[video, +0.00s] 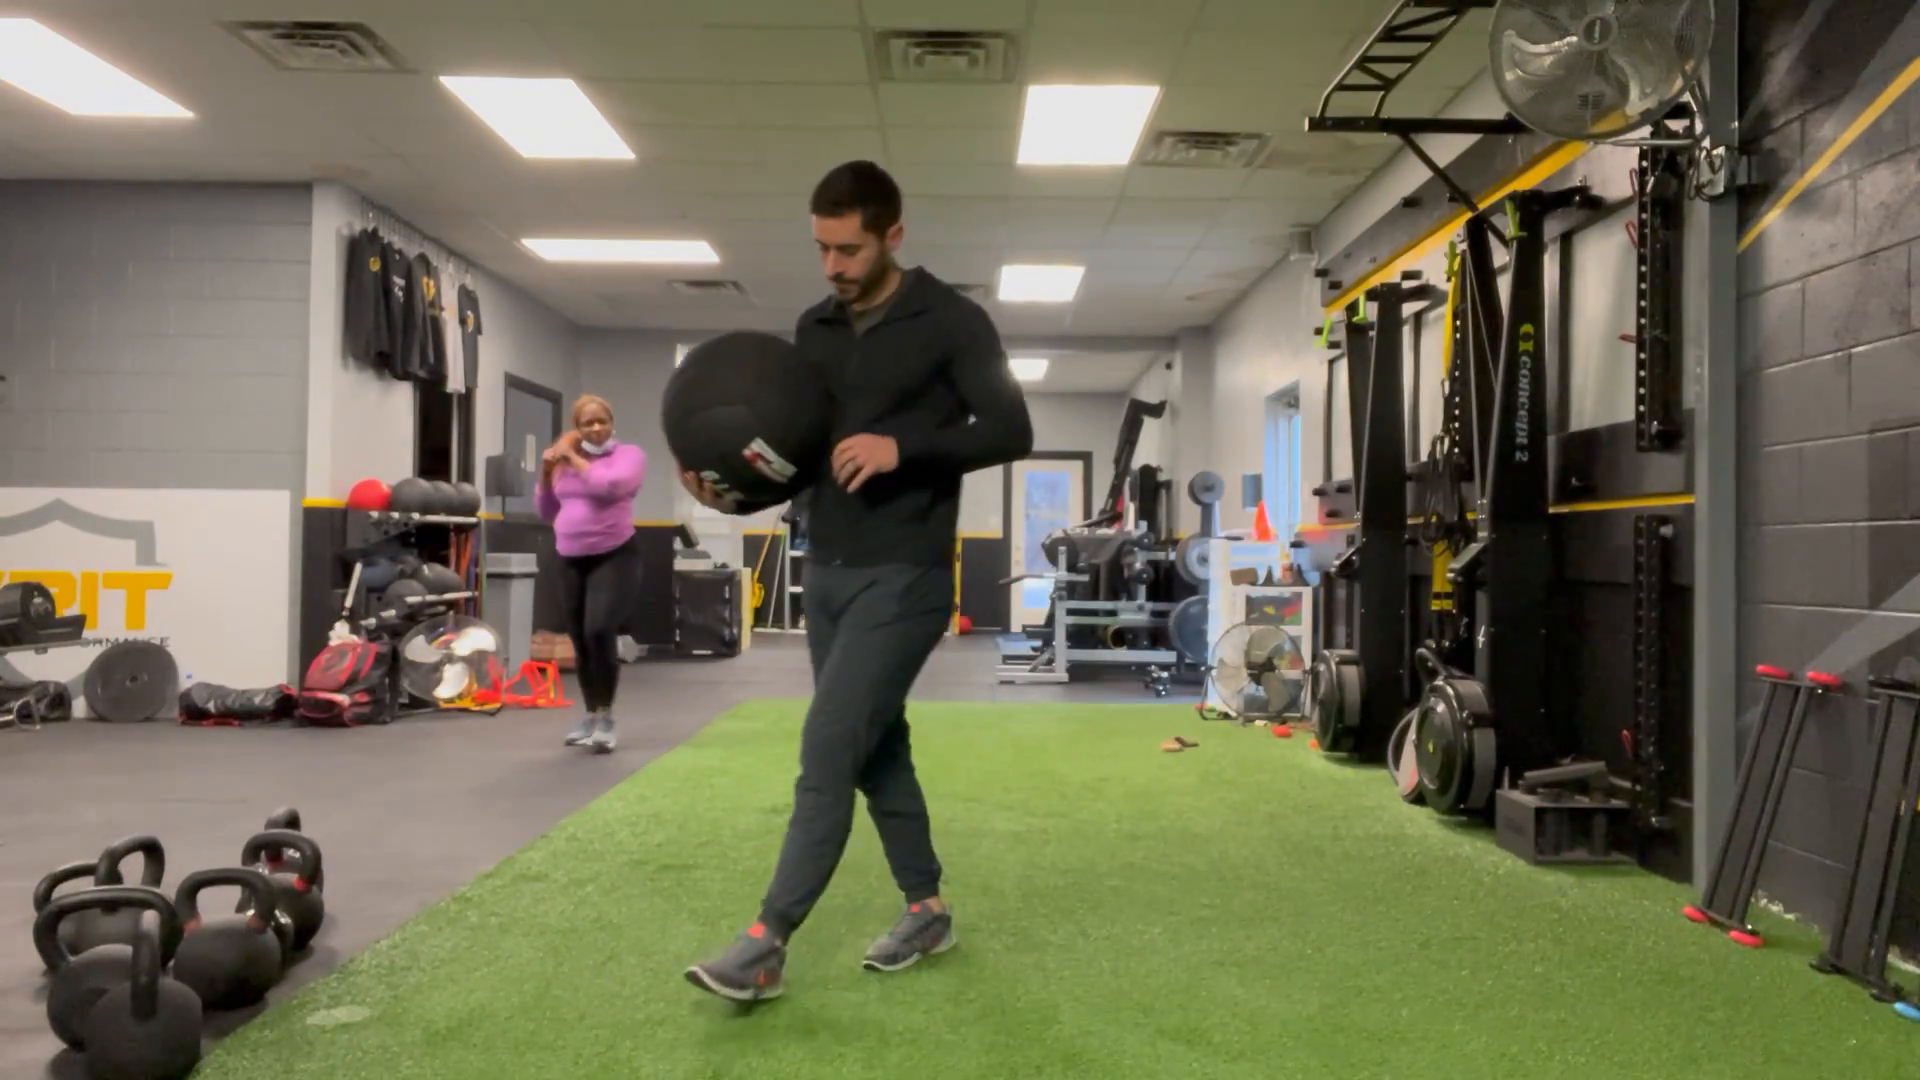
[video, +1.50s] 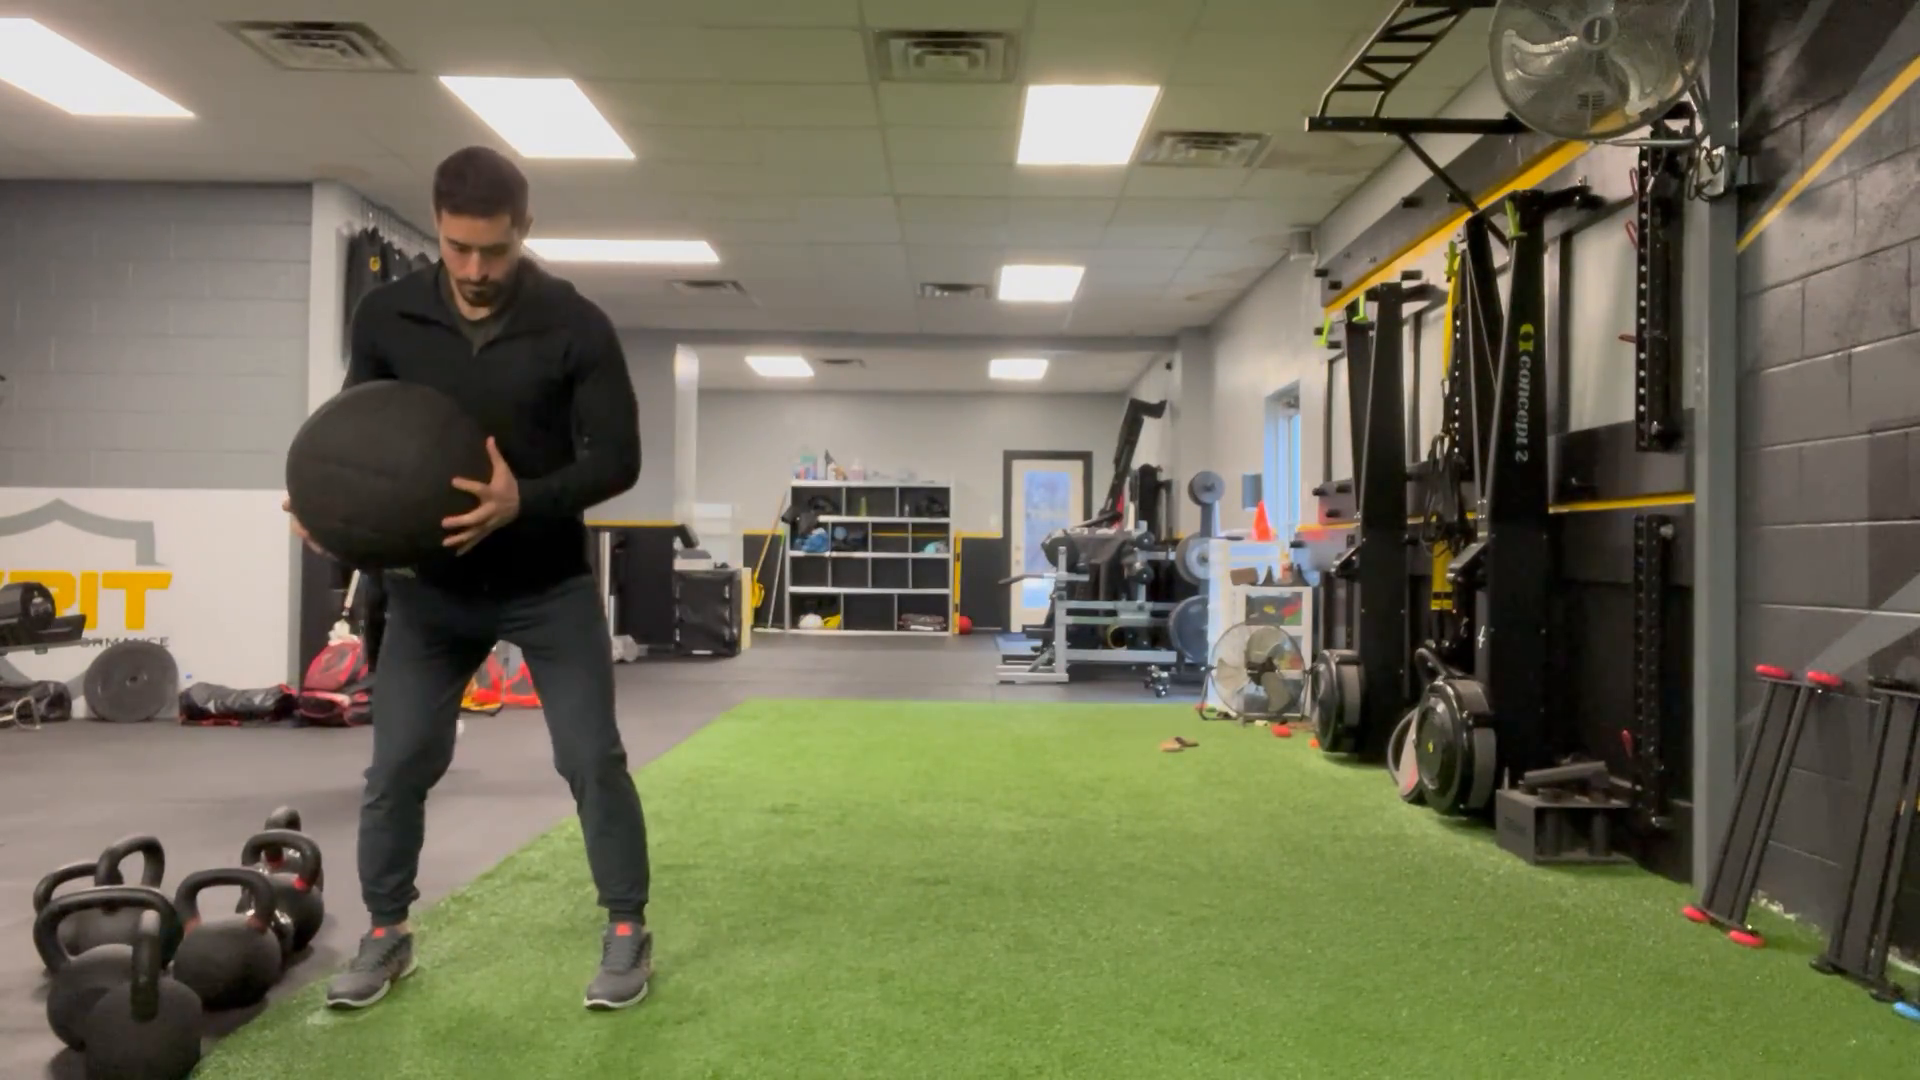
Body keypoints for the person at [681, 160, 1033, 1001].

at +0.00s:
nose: (832, 266)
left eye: (847, 250)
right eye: (822, 249)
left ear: (893, 235)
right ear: (817, 239)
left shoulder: (952, 319)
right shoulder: (816, 329)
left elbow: (1010, 429)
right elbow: (790, 457)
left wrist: (903, 447)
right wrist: (724, 482)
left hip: (908, 576)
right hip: (829, 572)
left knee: (830, 741)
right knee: (876, 745)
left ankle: (766, 941)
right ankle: (926, 907)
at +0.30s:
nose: (756, 252)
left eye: (772, 236)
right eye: (747, 235)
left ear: (821, 216)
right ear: (740, 219)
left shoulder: (877, 304)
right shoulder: (738, 300)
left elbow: (937, 425)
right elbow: (714, 422)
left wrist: (837, 443)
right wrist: (635, 444)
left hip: (822, 567)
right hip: (738, 561)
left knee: (771, 749)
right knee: (741, 754)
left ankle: (756, 951)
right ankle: (867, 865)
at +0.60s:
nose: (689, 245)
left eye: (706, 229)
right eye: (679, 227)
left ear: (754, 205)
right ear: (669, 208)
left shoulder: (812, 296)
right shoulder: (662, 290)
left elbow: (881, 414)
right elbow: (626, 414)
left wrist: (780, 434)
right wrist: (558, 444)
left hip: (750, 574)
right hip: (649, 561)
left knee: (734, 761)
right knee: (583, 741)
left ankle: (751, 952)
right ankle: (544, 899)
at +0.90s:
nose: (592, 267)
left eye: (612, 250)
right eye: (578, 246)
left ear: (649, 229)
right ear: (564, 222)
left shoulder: (704, 312)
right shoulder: (534, 302)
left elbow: (777, 432)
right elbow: (498, 433)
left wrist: (696, 448)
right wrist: (436, 467)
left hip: (647, 590)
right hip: (532, 579)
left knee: (682, 769)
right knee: (456, 760)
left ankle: (747, 949)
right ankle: (395, 920)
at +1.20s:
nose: (494, 257)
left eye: (513, 241)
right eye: (480, 237)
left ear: (546, 222)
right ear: (458, 212)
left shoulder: (595, 307)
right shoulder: (406, 294)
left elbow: (630, 437)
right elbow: (374, 423)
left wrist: (556, 449)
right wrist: (326, 486)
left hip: (557, 573)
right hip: (438, 577)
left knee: (605, 747)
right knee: (405, 770)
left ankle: (653, 921)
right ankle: (390, 932)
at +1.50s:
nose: (475, 269)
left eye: (493, 251)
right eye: (460, 249)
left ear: (524, 234)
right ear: (435, 230)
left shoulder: (574, 326)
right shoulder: (386, 314)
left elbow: (617, 461)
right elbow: (363, 440)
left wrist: (524, 497)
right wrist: (323, 504)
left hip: (550, 585)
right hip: (427, 587)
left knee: (592, 756)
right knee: (396, 766)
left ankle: (625, 927)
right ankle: (386, 931)